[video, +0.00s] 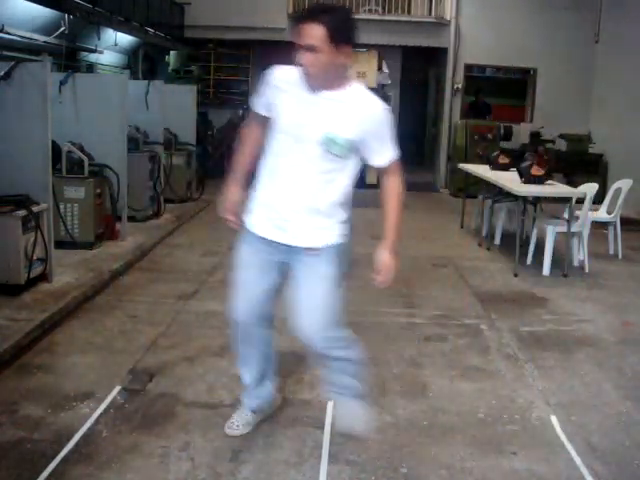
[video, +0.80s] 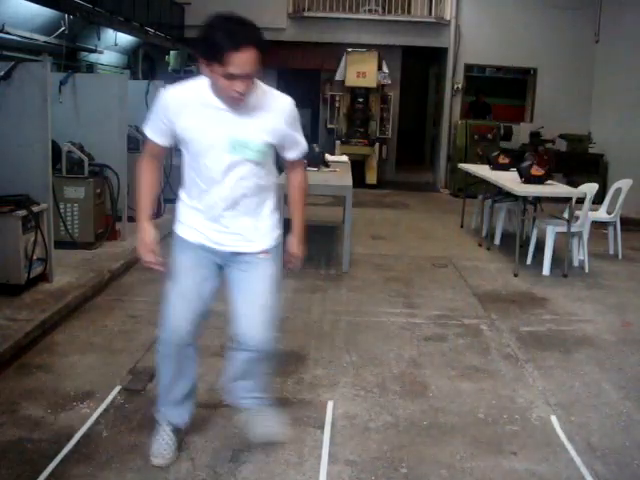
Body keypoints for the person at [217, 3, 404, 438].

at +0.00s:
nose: (302, 58)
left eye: (312, 50)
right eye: (299, 48)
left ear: (343, 54)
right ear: (295, 46)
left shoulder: (369, 112)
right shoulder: (279, 80)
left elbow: (392, 175)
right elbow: (255, 125)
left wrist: (388, 244)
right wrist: (235, 182)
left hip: (319, 241)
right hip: (261, 230)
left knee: (314, 326)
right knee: (245, 315)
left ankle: (349, 393)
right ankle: (257, 396)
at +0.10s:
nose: (256, 58)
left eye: (267, 48)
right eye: (254, 48)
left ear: (299, 54)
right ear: (251, 48)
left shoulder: (328, 110)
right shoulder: (239, 84)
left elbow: (363, 168)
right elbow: (218, 129)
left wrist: (351, 242)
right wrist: (188, 182)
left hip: (276, 243)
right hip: (220, 229)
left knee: (256, 334)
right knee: (190, 307)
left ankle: (238, 398)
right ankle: (195, 387)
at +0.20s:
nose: (211, 79)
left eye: (222, 70)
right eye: (209, 69)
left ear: (254, 75)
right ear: (206, 71)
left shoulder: (283, 131)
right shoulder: (199, 109)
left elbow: (323, 193)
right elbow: (185, 159)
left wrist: (314, 265)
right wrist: (150, 205)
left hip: (236, 267)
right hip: (182, 251)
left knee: (212, 356)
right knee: (141, 323)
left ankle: (195, 416)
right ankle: (100, 387)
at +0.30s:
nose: (172, 103)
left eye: (183, 93)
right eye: (169, 93)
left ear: (214, 99)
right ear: (165, 93)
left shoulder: (240, 154)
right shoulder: (157, 128)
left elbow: (268, 222)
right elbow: (150, 185)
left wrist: (263, 301)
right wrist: (116, 234)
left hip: (200, 275)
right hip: (144, 263)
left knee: (188, 359)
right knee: (100, 334)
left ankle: (197, 421)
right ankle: (53, 403)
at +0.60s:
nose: (186, 99)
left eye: (195, 88)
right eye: (177, 89)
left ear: (212, 82)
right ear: (163, 83)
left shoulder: (239, 129)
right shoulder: (142, 116)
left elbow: (254, 188)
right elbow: (121, 167)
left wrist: (239, 255)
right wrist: (96, 226)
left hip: (202, 266)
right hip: (140, 256)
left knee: (192, 355)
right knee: (103, 325)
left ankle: (172, 418)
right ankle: (55, 396)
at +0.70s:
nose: (213, 83)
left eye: (221, 72)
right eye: (202, 73)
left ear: (234, 63)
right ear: (182, 66)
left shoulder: (260, 108)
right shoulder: (157, 99)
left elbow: (282, 161)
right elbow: (137, 153)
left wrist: (272, 230)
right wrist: (116, 217)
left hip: (228, 247)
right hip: (168, 236)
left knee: (208, 343)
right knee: (136, 323)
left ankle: (187, 413)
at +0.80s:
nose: (242, 87)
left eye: (250, 77)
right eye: (232, 77)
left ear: (260, 65)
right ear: (206, 66)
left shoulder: (280, 109)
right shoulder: (176, 101)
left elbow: (295, 166)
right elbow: (151, 158)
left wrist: (297, 232)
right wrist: (145, 224)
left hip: (257, 245)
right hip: (195, 238)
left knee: (257, 336)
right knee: (175, 331)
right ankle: (171, 417)